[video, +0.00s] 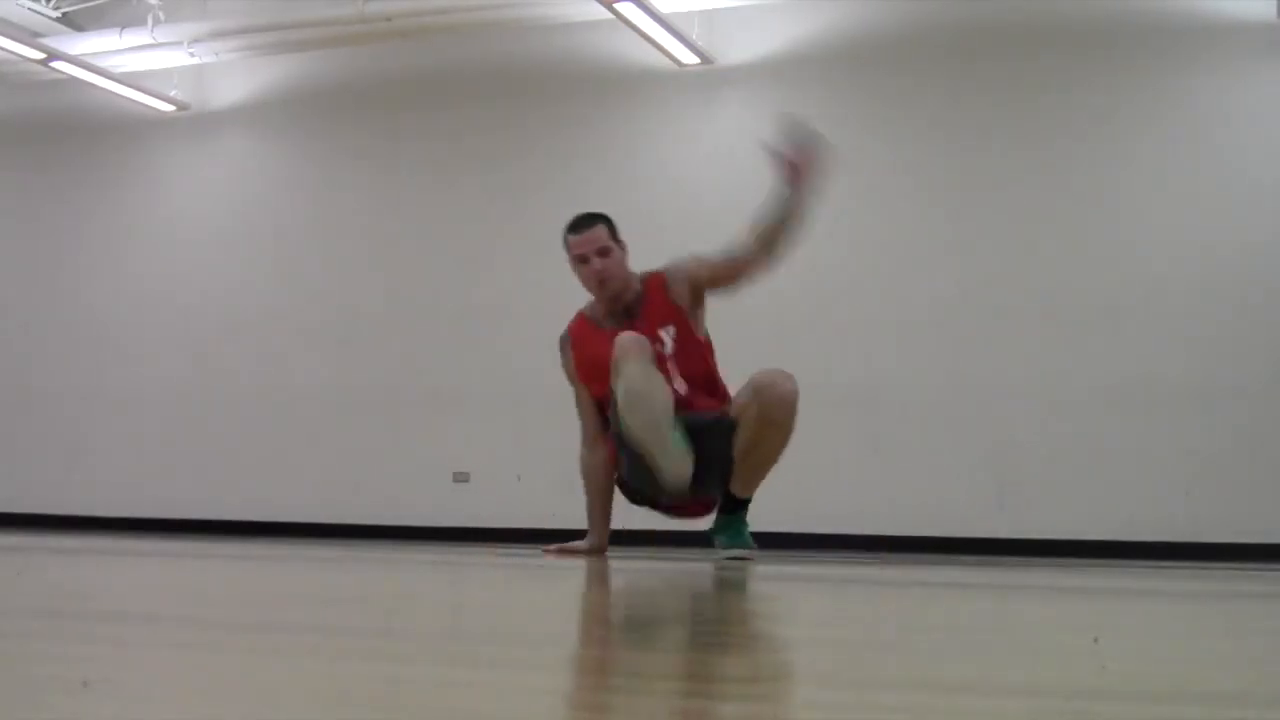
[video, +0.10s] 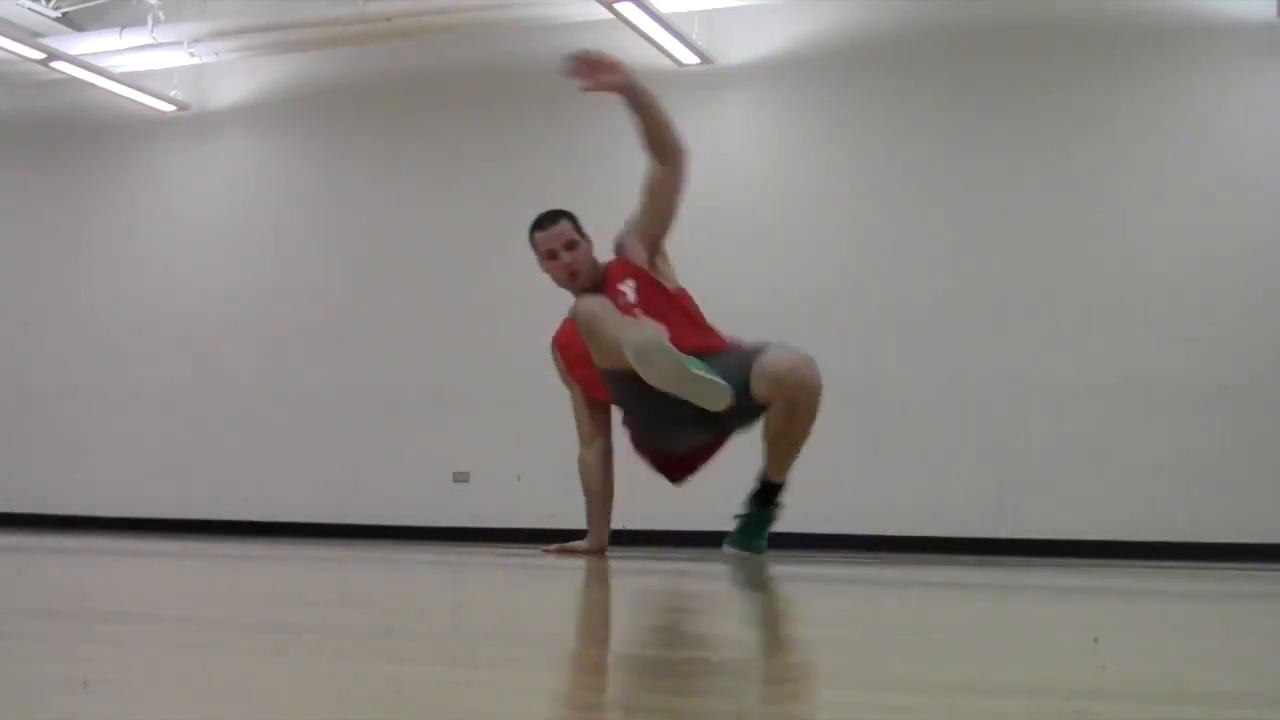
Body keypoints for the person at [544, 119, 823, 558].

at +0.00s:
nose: (597, 268)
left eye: (604, 253)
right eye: (583, 262)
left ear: (624, 250)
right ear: (575, 272)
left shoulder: (678, 283)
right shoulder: (578, 340)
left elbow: (754, 255)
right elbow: (595, 442)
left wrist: (792, 190)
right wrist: (597, 540)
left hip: (716, 458)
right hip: (648, 475)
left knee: (776, 388)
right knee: (630, 346)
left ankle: (733, 519)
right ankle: (656, 435)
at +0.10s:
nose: (565, 261)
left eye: (570, 246)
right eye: (550, 257)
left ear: (590, 242)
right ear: (543, 268)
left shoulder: (639, 252)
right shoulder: (569, 344)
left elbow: (669, 160)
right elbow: (594, 443)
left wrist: (629, 89)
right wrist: (597, 539)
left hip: (714, 369)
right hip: (661, 418)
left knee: (799, 375)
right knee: (587, 309)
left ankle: (764, 507)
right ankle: (686, 376)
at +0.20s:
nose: (551, 258)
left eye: (555, 245)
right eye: (538, 257)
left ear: (575, 243)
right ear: (534, 272)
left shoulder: (621, 241)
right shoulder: (577, 342)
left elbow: (605, 143)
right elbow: (597, 448)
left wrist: (542, 82)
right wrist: (595, 542)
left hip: (706, 320)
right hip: (659, 363)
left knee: (791, 295)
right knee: (553, 308)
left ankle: (839, 448)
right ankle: (688, 397)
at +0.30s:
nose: (542, 260)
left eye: (546, 246)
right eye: (531, 260)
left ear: (568, 240)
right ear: (532, 276)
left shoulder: (611, 236)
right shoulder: (574, 331)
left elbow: (573, 144)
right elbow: (598, 448)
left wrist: (515, 93)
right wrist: (596, 546)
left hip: (705, 316)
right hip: (662, 366)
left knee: (763, 227)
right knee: (542, 340)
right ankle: (672, 446)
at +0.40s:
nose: (532, 259)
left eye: (535, 246)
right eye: (521, 261)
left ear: (558, 240)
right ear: (526, 283)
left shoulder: (598, 235)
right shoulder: (570, 346)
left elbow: (548, 140)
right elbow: (596, 442)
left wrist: (473, 104)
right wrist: (597, 538)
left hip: (710, 337)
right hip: (667, 390)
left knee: (706, 228)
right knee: (557, 373)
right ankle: (652, 517)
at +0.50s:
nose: (526, 265)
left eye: (531, 249)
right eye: (514, 265)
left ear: (555, 242)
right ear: (515, 278)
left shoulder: (596, 241)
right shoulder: (567, 349)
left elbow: (548, 144)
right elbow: (598, 446)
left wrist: (453, 115)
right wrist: (598, 535)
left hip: (728, 377)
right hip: (675, 426)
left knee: (674, 258)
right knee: (557, 369)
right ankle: (644, 511)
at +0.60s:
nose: (531, 257)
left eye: (537, 241)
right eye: (518, 256)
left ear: (564, 237)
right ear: (518, 272)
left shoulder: (607, 252)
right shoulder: (563, 341)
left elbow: (613, 184)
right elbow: (586, 436)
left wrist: (533, 170)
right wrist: (592, 535)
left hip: (713, 418)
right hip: (646, 442)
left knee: (647, 314)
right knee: (547, 374)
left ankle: (536, 421)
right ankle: (641, 513)